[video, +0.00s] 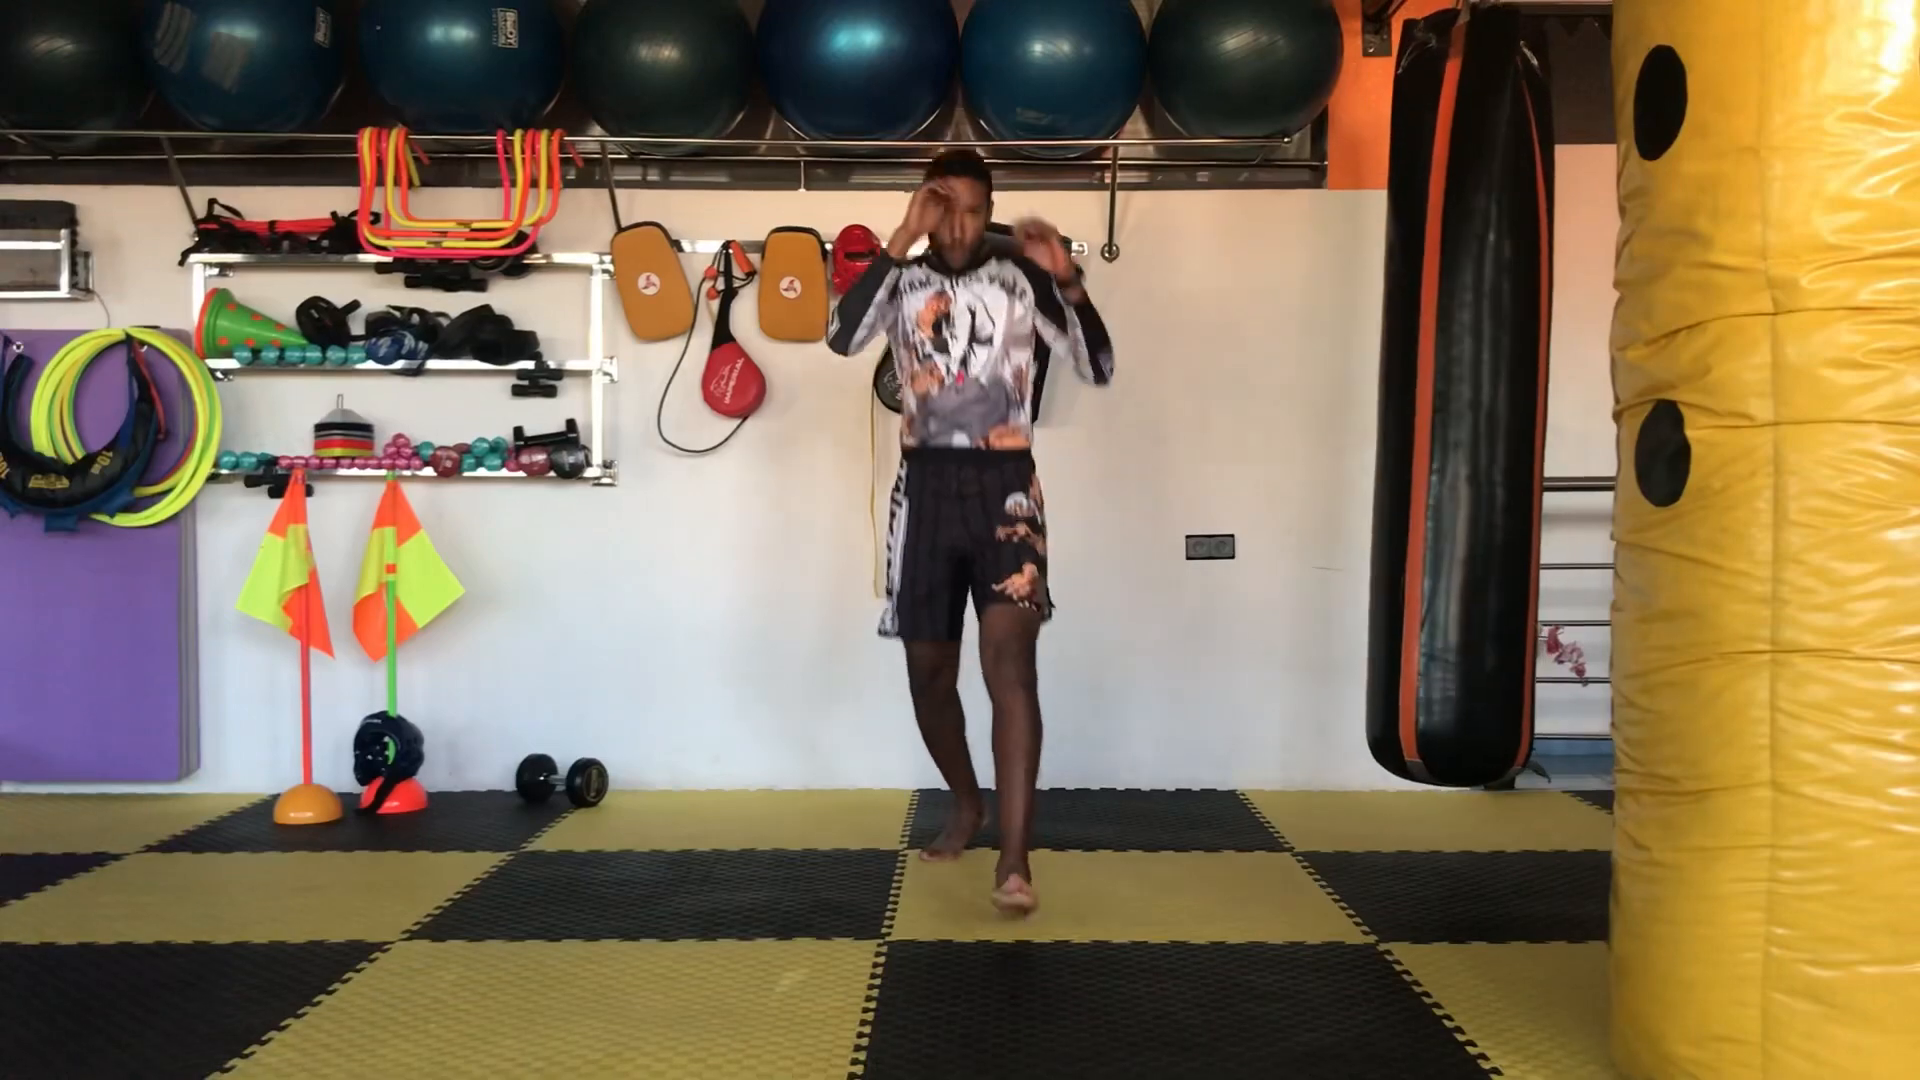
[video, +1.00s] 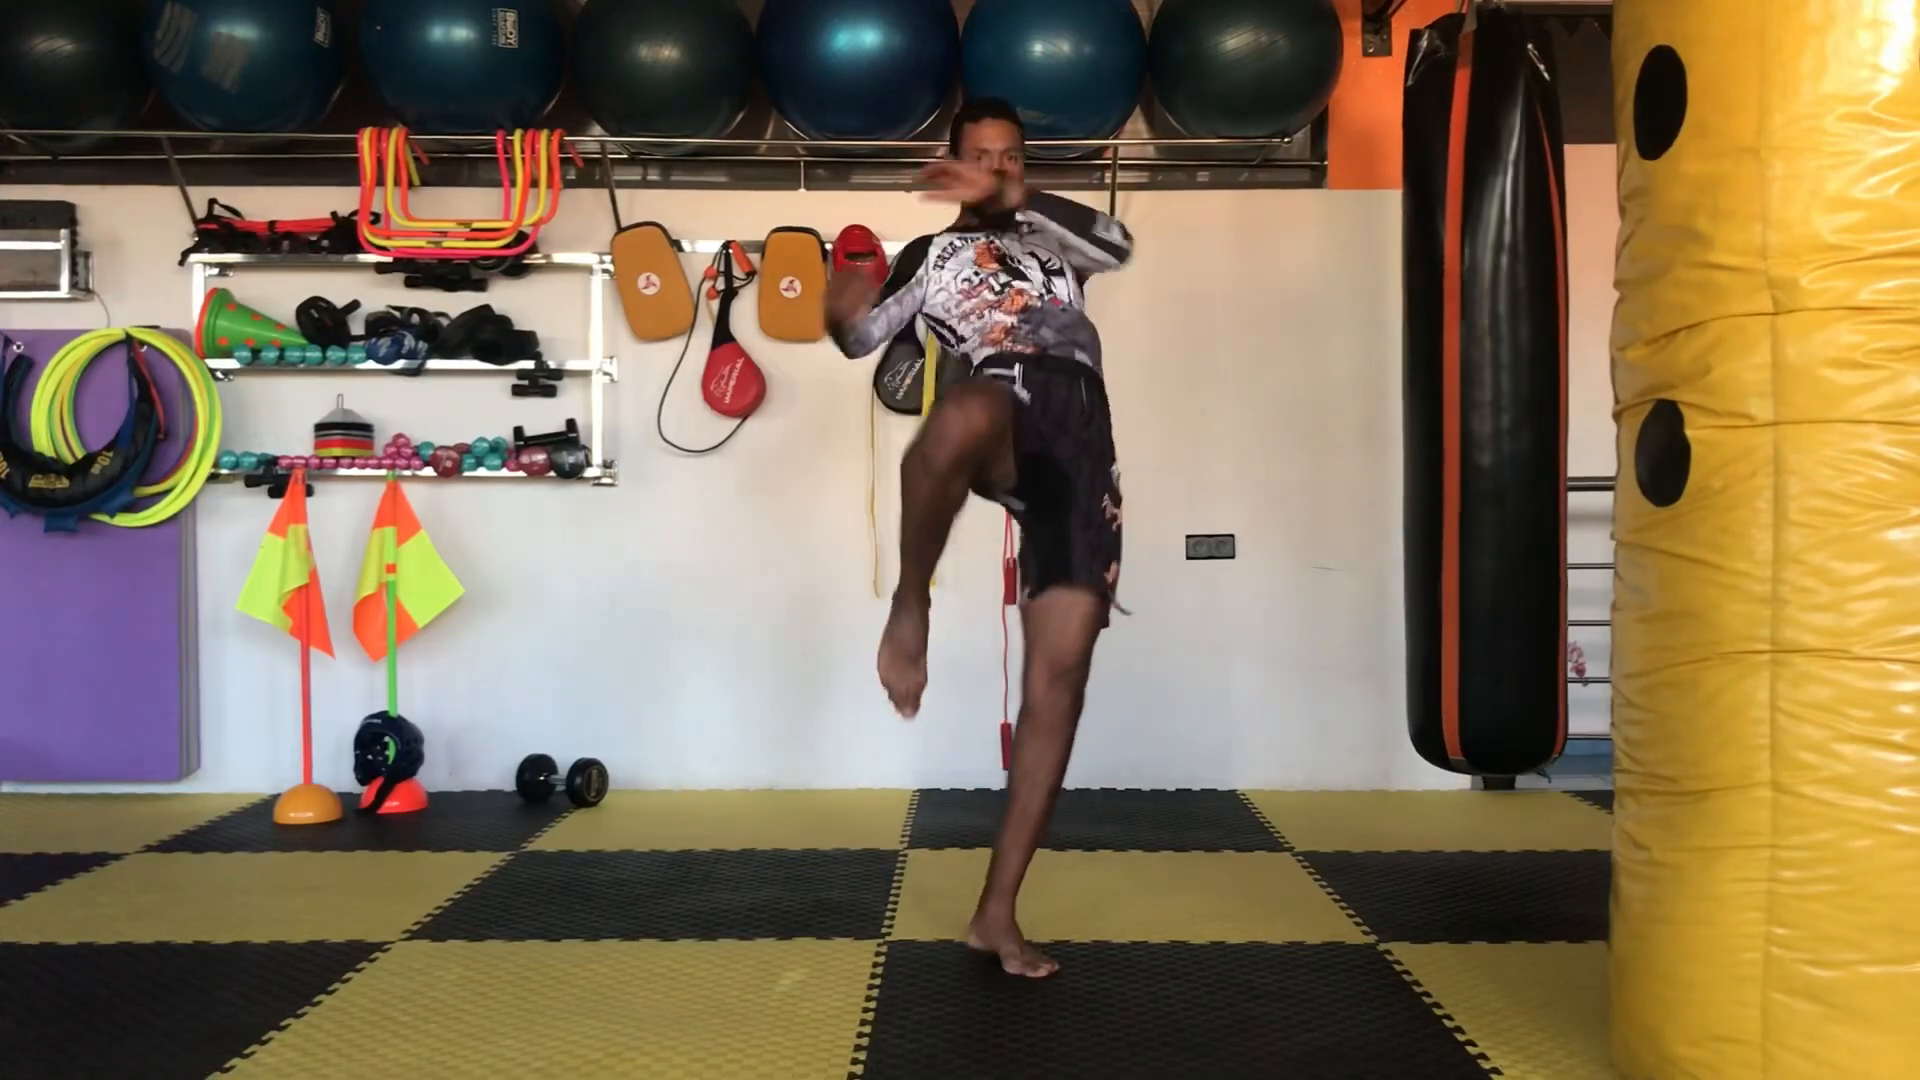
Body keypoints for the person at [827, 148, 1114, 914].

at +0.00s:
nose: (957, 221)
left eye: (971, 208)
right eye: (945, 206)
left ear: (989, 213)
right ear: (926, 213)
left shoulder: (1028, 278)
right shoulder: (904, 282)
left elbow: (1098, 368)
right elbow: (844, 338)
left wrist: (1066, 281)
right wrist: (896, 242)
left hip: (1005, 487)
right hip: (925, 487)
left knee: (1010, 667)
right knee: (929, 674)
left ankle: (1016, 857)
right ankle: (968, 803)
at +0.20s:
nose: (979, 234)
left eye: (993, 218)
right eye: (965, 219)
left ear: (1015, 222)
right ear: (944, 223)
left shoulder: (1053, 290)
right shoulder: (914, 291)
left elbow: (1160, 309)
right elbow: (845, 267)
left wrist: (1136, 218)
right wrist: (933, 176)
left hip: (1025, 509)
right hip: (938, 511)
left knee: (1043, 688)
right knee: (917, 728)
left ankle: (1021, 907)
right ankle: (966, 779)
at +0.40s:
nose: (988, 185)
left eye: (1003, 169)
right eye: (975, 170)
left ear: (1034, 172)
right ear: (959, 177)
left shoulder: (1070, 230)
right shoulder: (940, 259)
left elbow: (1094, 185)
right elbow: (879, 336)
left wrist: (986, 141)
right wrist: (819, 374)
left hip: (1056, 439)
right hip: (964, 435)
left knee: (1069, 666)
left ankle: (1023, 897)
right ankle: (919, 644)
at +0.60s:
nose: (995, 186)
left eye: (1008, 174)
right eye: (980, 176)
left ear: (1031, 178)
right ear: (955, 184)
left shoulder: (1055, 213)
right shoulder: (937, 259)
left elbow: (1036, 198)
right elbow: (885, 369)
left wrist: (928, 209)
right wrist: (819, 491)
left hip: (1068, 409)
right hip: (978, 389)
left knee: (1073, 658)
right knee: (967, 272)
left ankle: (1025, 882)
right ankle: (892, 493)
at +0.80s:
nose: (994, 219)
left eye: (1009, 204)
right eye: (979, 205)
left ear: (1032, 206)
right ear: (956, 210)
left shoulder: (1059, 260)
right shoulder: (940, 277)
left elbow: (1061, 211)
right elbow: (864, 346)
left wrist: (935, 211)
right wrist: (775, 399)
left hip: (1086, 435)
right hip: (1001, 410)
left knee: (1090, 678)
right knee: (962, 301)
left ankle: (1018, 888)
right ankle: (899, 532)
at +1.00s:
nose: (995, 171)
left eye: (1008, 158)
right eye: (978, 157)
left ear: (1026, 165)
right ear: (953, 169)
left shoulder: (1057, 234)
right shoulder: (934, 256)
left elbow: (1115, 246)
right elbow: (860, 340)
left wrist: (1010, 194)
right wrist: (845, 305)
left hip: (1079, 435)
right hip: (996, 417)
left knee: (1059, 686)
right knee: (960, 415)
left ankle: (998, 908)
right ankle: (911, 604)